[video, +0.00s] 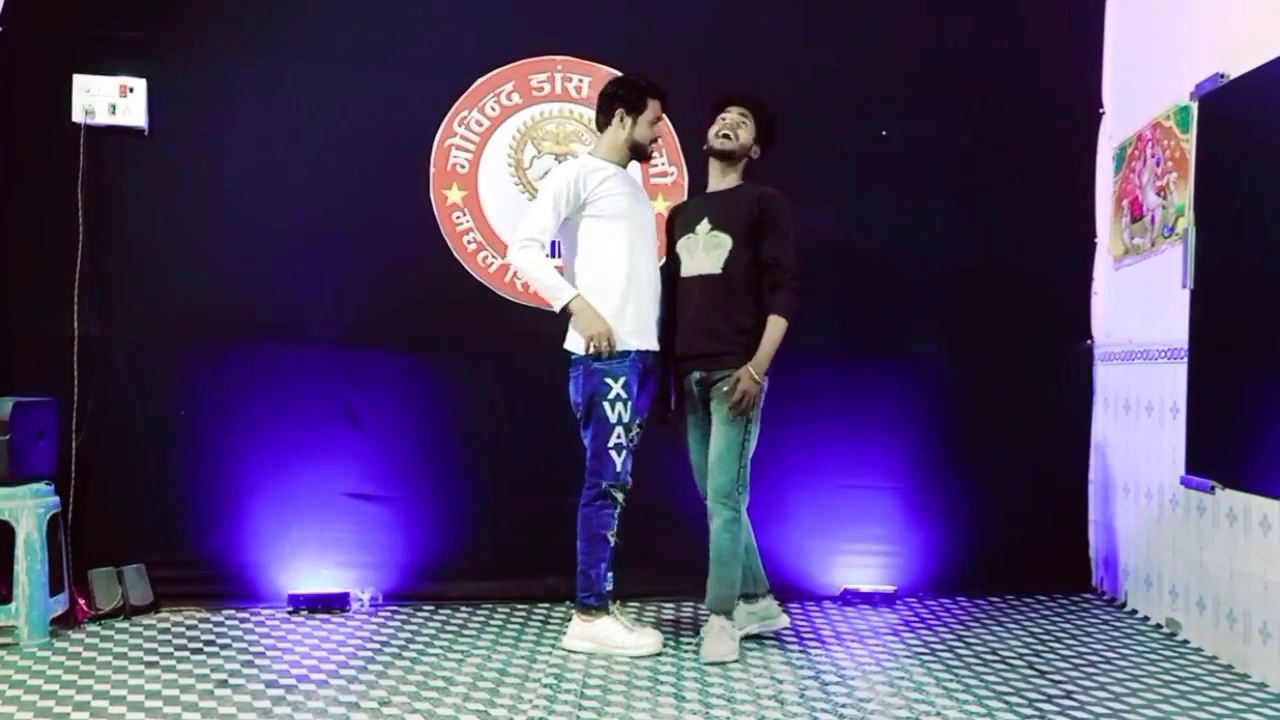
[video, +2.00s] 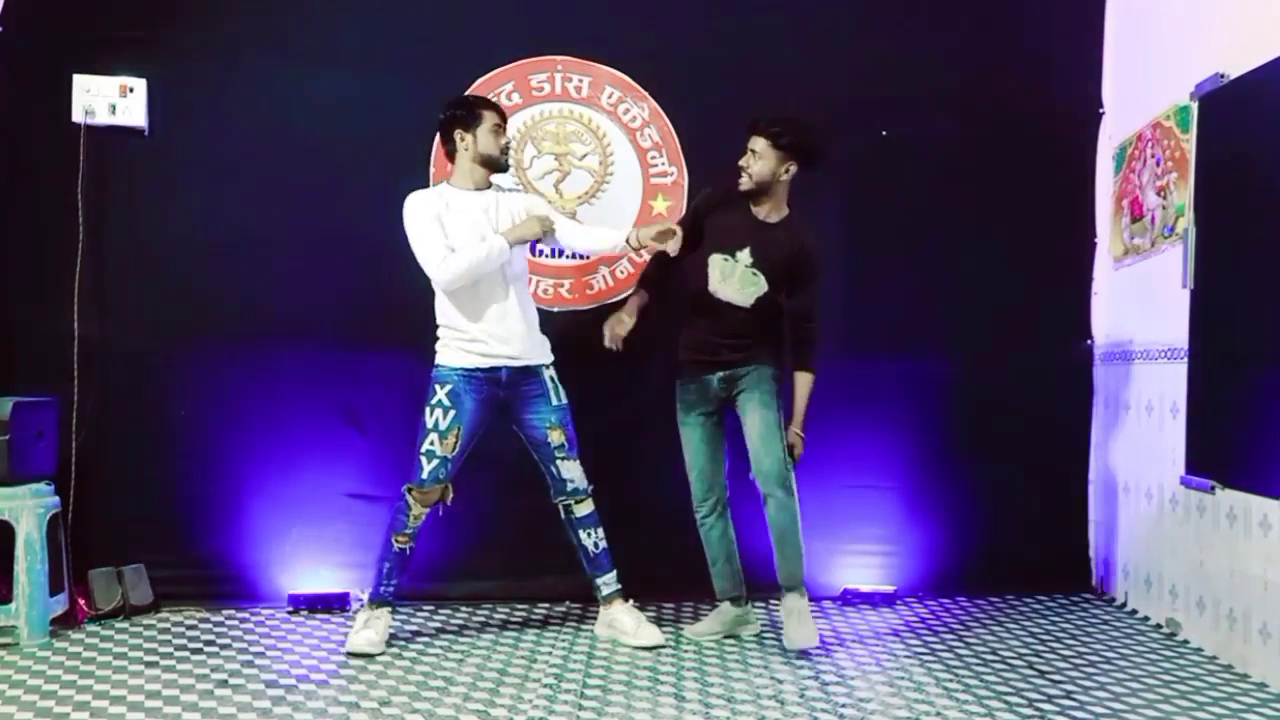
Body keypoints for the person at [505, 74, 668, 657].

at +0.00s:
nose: (661, 130)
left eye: (661, 121)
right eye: (655, 119)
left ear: (626, 118)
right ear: (622, 116)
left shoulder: (631, 183)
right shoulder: (578, 173)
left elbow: (637, 265)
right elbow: (524, 250)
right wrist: (581, 307)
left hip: (636, 352)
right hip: (603, 355)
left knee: (612, 483)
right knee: (607, 483)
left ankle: (599, 610)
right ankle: (590, 616)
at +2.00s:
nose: (506, 141)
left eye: (505, 131)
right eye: (496, 131)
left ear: (477, 140)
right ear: (460, 138)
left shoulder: (515, 199)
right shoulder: (423, 204)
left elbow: (570, 234)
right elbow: (446, 273)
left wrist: (632, 238)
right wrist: (513, 237)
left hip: (531, 365)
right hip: (462, 368)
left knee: (572, 481)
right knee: (425, 485)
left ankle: (613, 604)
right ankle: (378, 607)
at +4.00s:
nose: (639, 123)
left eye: (642, 115)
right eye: (630, 113)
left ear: (630, 121)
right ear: (593, 114)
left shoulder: (638, 187)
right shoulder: (547, 176)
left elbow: (676, 252)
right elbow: (485, 244)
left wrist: (654, 262)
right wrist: (531, 295)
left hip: (629, 353)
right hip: (566, 352)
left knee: (617, 480)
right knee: (546, 479)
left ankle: (615, 605)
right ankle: (516, 611)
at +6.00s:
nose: (605, 126)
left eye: (607, 116)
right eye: (593, 116)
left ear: (611, 119)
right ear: (561, 122)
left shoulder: (630, 183)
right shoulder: (539, 179)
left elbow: (678, 249)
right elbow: (489, 148)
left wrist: (648, 259)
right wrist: (537, 109)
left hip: (616, 348)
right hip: (553, 346)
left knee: (611, 477)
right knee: (538, 477)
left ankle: (616, 605)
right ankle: (515, 611)